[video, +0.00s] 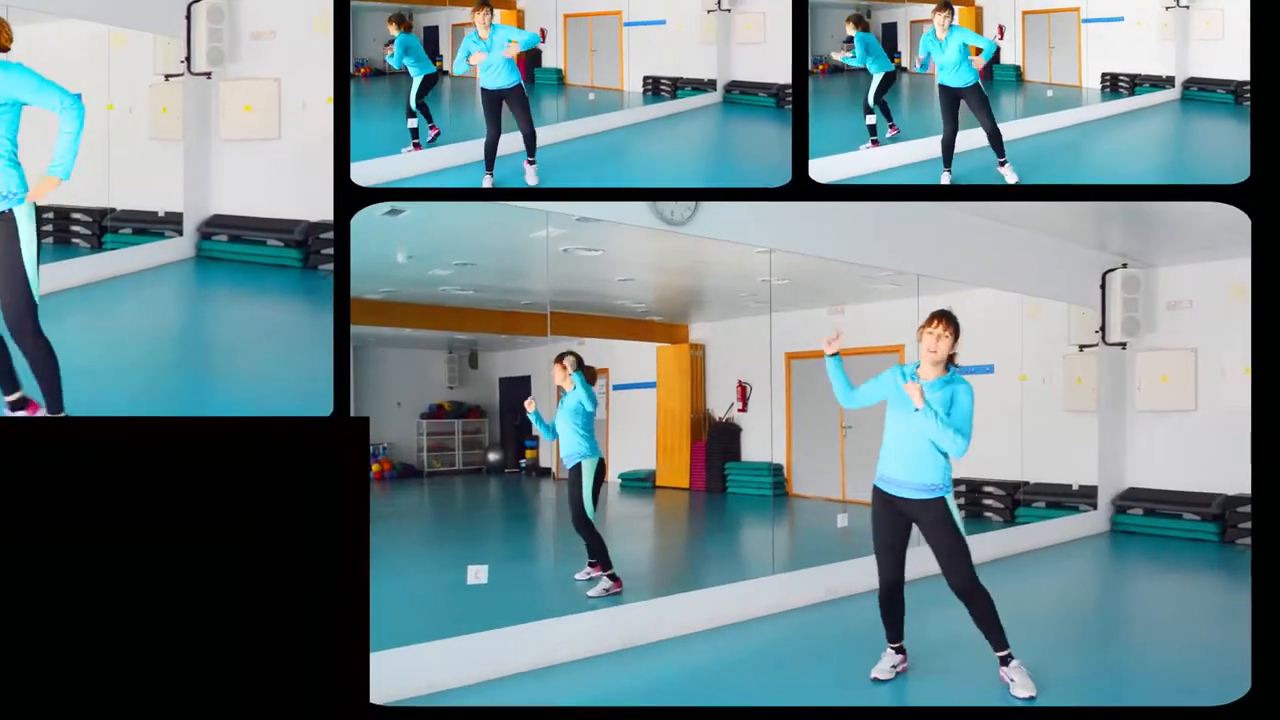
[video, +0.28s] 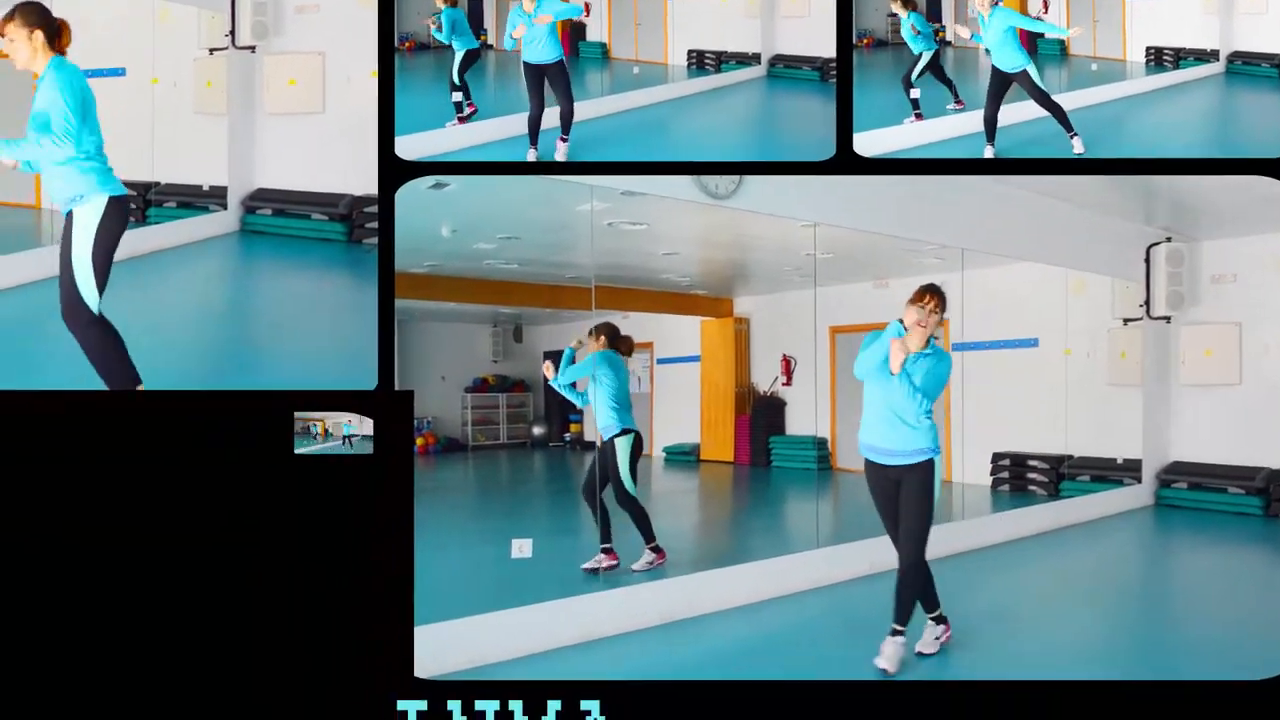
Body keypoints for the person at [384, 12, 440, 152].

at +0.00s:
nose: (389, 29)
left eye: (389, 26)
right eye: (388, 26)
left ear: (394, 25)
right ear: (401, 24)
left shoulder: (400, 40)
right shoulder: (411, 36)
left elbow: (397, 64)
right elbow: (410, 55)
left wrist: (388, 57)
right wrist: (394, 52)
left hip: (421, 75)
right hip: (430, 72)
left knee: (411, 107)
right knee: (418, 100)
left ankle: (415, 144)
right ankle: (433, 128)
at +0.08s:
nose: (393, 27)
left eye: (394, 24)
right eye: (393, 24)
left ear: (398, 23)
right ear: (406, 22)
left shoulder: (404, 39)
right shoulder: (417, 34)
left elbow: (401, 65)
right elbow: (418, 52)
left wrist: (396, 53)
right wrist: (400, 50)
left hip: (424, 72)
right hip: (435, 69)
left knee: (414, 104)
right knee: (418, 99)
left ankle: (419, 140)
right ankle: (428, 129)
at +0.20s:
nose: (414, 17)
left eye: (414, 14)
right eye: (413, 14)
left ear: (419, 14)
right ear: (429, 12)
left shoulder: (424, 29)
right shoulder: (438, 25)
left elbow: (423, 55)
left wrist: (418, 45)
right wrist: (422, 42)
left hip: (442, 63)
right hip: (453, 61)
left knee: (432, 93)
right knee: (435, 91)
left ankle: (439, 129)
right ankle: (445, 122)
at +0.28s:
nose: (436, 2)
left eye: (437, 0)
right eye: (436, 0)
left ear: (442, 1)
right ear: (450, 1)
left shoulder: (446, 14)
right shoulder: (459, 10)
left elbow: (446, 39)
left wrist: (433, 30)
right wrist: (437, 22)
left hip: (464, 50)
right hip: (473, 47)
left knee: (454, 81)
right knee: (459, 75)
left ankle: (460, 116)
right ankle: (470, 105)